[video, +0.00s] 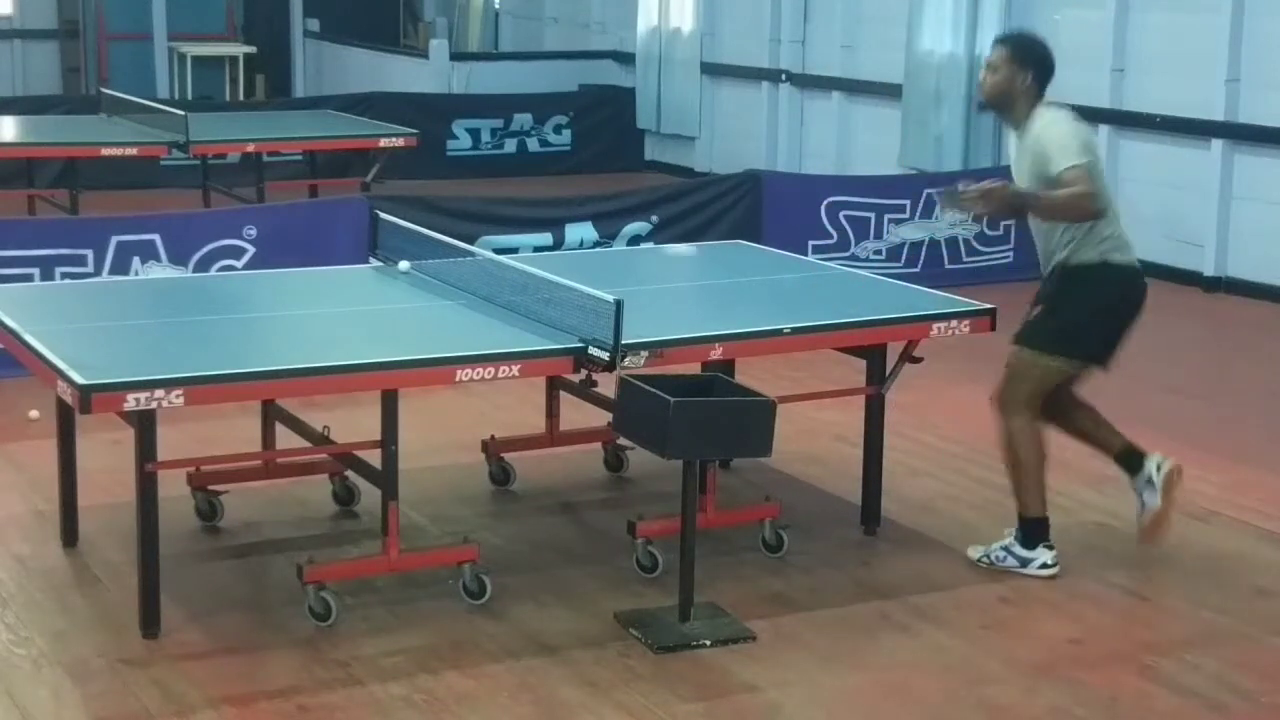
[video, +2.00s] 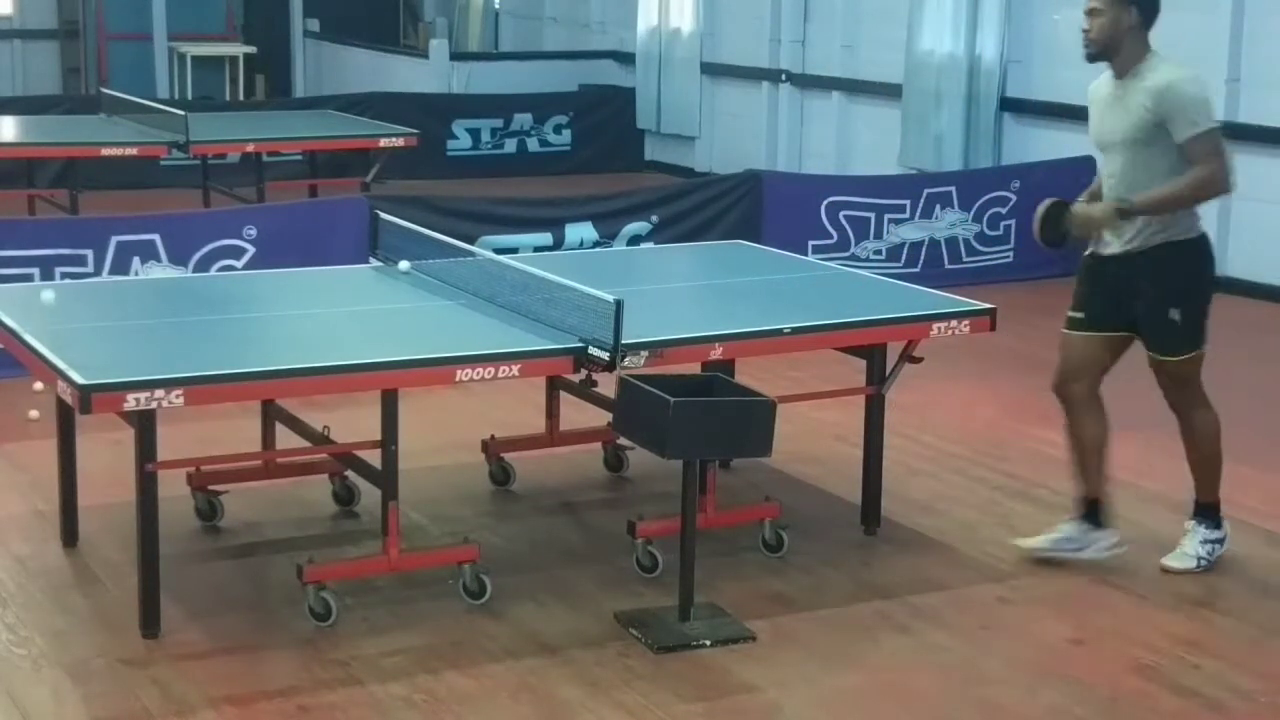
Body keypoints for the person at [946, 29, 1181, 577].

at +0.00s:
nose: (982, 78)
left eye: (993, 69)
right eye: (985, 68)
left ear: (1026, 79)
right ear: (1015, 80)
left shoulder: (1055, 126)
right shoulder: (1025, 134)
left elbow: (1088, 202)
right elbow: (1055, 207)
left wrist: (1016, 201)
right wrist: (996, 203)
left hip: (1099, 277)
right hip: (1083, 276)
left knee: (1015, 397)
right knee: (1044, 398)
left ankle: (1032, 542)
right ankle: (1144, 470)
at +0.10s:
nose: (995, 53)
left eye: (1007, 44)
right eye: (995, 44)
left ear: (1041, 53)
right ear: (1007, 54)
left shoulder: (1081, 108)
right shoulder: (1011, 114)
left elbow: (1123, 191)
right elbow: (1020, 175)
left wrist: (1057, 195)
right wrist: (978, 191)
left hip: (1106, 254)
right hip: (1060, 257)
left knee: (1065, 380)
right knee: (1023, 358)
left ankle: (1062, 522)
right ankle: (1114, 448)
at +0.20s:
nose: (1010, 66)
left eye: (1021, 57)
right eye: (1009, 57)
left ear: (1055, 62)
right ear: (1016, 62)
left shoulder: (1100, 118)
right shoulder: (1014, 122)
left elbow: (1143, 198)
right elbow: (1017, 187)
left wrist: (1080, 207)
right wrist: (986, 200)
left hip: (1103, 263)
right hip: (1046, 262)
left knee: (1083, 377)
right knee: (1013, 348)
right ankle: (1037, 440)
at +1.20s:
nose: (1092, 53)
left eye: (1103, 45)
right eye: (1091, 43)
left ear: (1135, 51)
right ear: (1100, 50)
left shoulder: (1176, 108)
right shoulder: (1103, 110)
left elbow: (1229, 176)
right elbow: (1113, 179)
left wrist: (1151, 200)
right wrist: (1075, 194)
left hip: (1189, 249)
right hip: (1136, 248)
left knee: (1176, 375)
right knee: (1099, 341)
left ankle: (1237, 501)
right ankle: (1103, 448)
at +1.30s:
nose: (1102, 36)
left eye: (1113, 27)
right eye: (1101, 25)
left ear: (1148, 32)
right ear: (1104, 30)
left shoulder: (1189, 87)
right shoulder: (1109, 89)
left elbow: (1244, 157)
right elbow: (1123, 163)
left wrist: (1164, 190)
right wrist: (1088, 181)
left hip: (1195, 233)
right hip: (1140, 233)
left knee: (1186, 360)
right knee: (1117, 344)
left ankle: (1244, 492)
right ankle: (1175, 455)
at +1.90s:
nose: (1105, 29)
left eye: (1117, 18)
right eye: (1103, 19)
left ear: (1155, 23)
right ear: (1110, 27)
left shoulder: (1196, 92)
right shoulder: (1108, 96)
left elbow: (1250, 177)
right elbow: (1121, 175)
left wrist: (1167, 219)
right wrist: (1092, 215)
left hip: (1186, 264)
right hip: (1122, 263)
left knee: (1187, 398)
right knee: (1088, 384)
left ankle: (1211, 529)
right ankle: (1155, 489)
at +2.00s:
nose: (1085, 24)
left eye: (1096, 14)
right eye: (1086, 15)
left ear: (1134, 19)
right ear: (1116, 22)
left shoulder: (1174, 85)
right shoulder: (1100, 89)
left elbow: (1214, 176)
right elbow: (1117, 172)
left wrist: (1122, 210)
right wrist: (1078, 211)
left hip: (1173, 261)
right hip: (1112, 261)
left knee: (1184, 392)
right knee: (1073, 383)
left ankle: (1207, 524)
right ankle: (1092, 522)